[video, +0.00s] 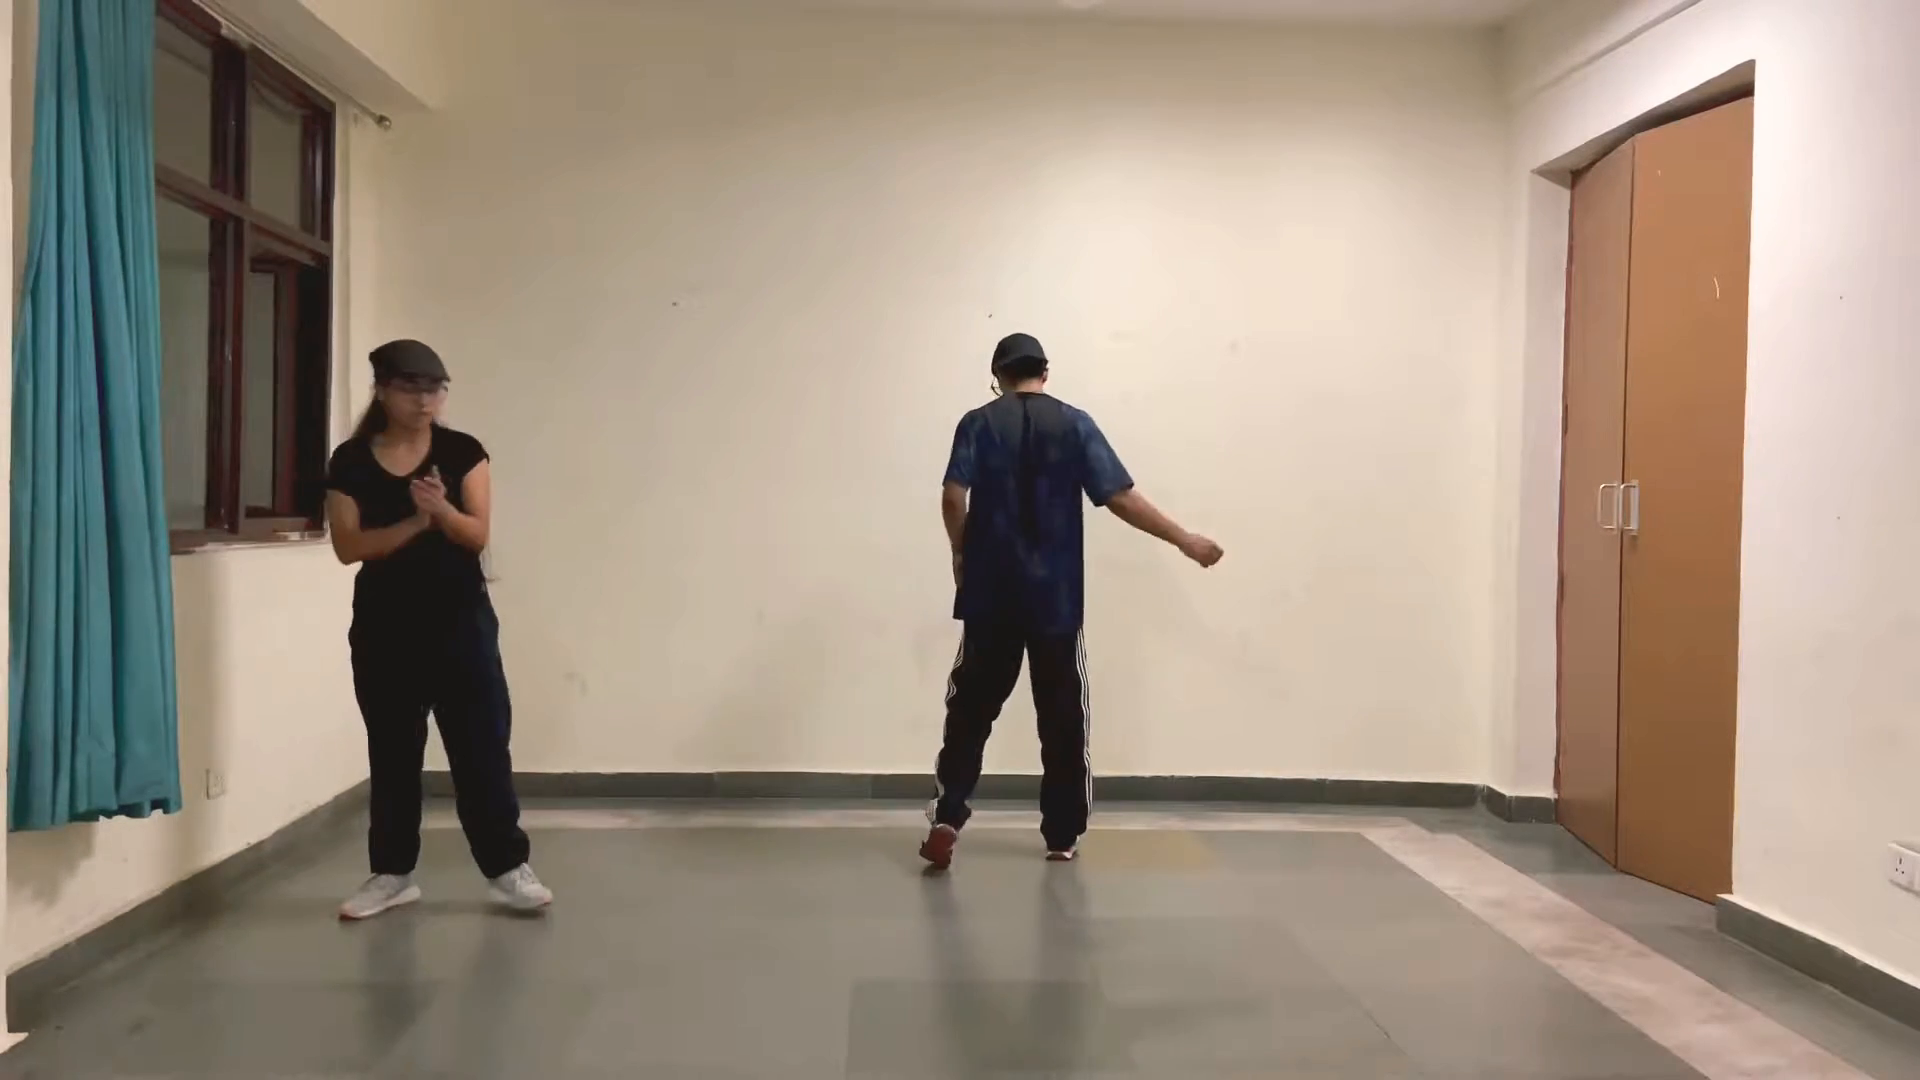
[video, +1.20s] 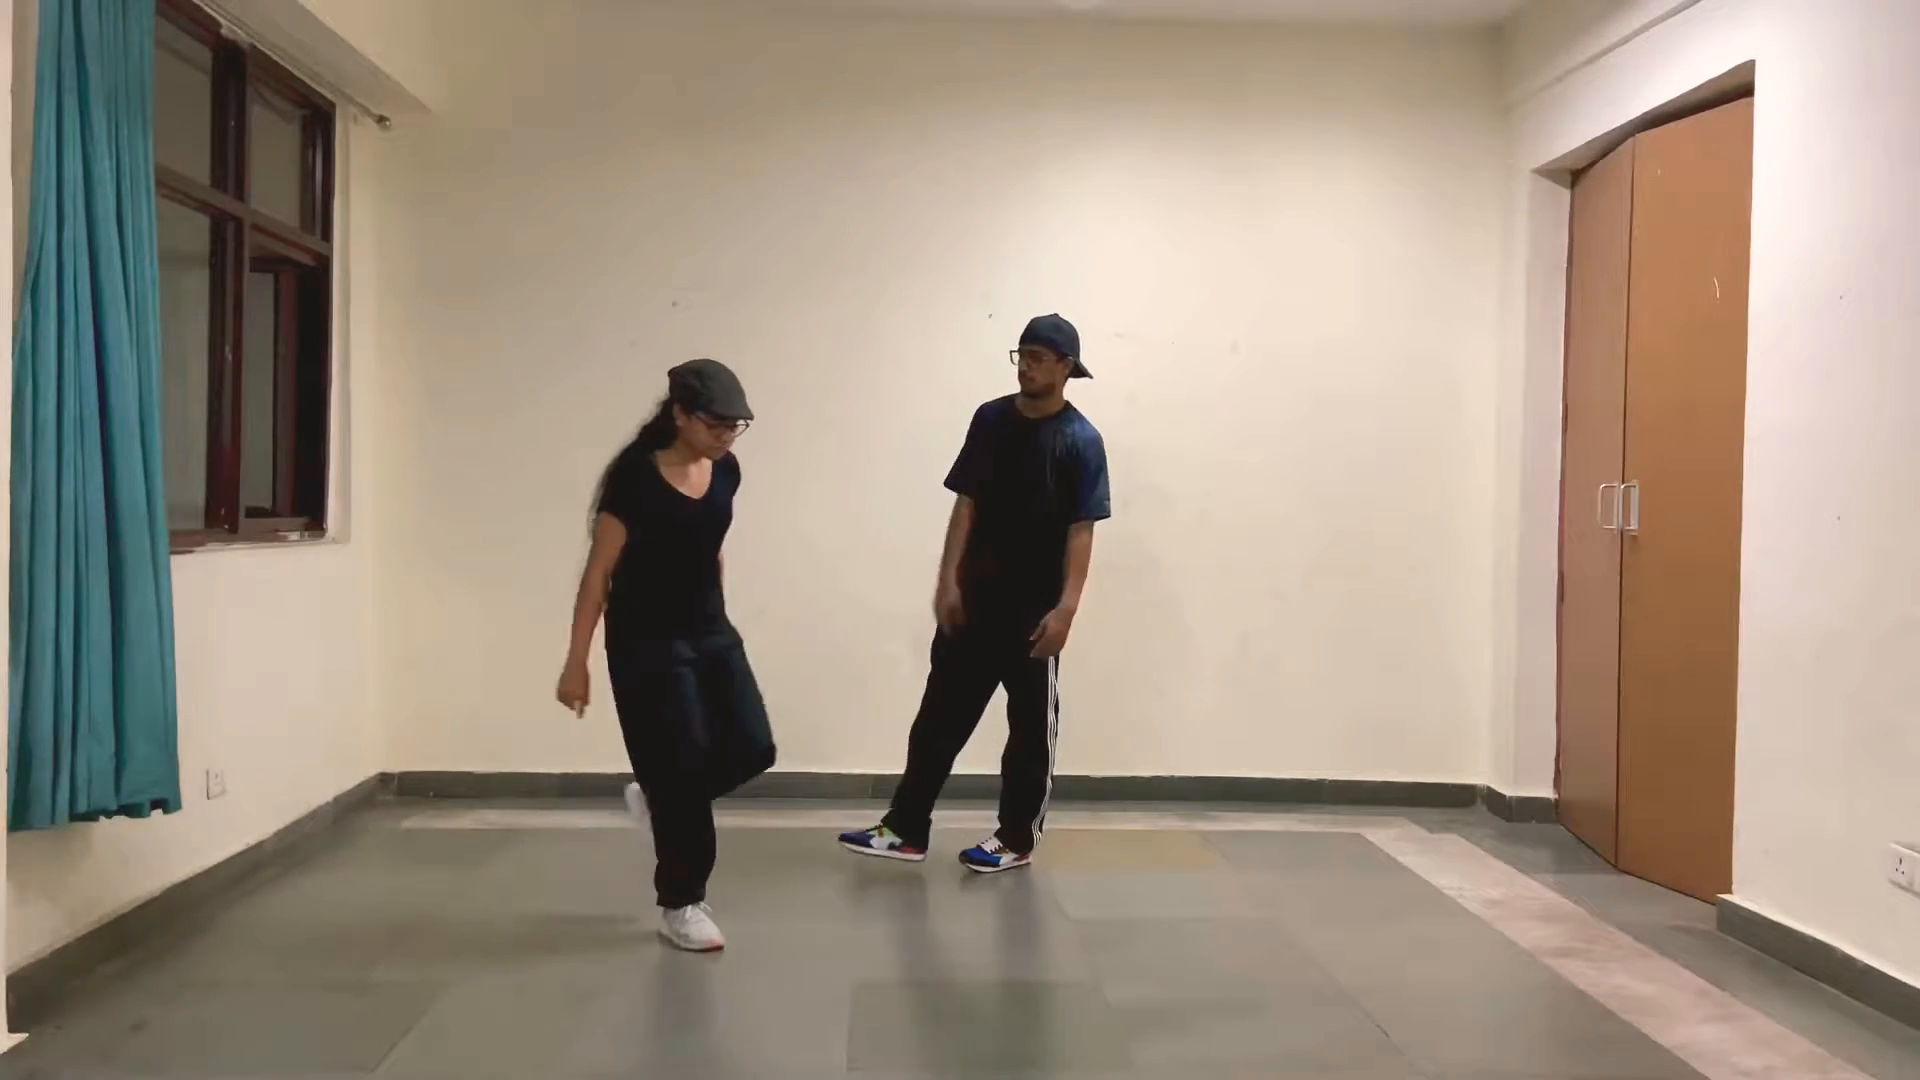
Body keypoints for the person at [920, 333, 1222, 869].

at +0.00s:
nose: (1027, 382)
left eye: (1008, 374)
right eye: (1040, 374)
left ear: (998, 377)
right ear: (1046, 375)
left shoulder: (977, 423)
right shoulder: (1075, 424)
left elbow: (953, 495)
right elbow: (1120, 497)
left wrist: (961, 558)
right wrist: (1185, 538)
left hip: (990, 597)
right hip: (1055, 598)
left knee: (971, 707)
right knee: (1062, 717)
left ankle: (947, 815)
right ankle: (1061, 836)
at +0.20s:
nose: (997, 382)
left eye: (998, 371)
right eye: (996, 372)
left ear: (1013, 368)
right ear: (1047, 367)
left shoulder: (1010, 421)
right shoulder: (1093, 424)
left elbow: (997, 498)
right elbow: (1117, 507)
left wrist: (968, 542)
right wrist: (1118, 577)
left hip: (1012, 592)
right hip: (1072, 597)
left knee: (979, 705)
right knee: (1066, 712)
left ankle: (983, 832)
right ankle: (1064, 834)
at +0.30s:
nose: (995, 379)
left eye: (999, 368)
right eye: (995, 369)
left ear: (1023, 366)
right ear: (1043, 366)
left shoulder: (1029, 419)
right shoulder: (1081, 421)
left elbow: (1027, 499)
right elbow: (1088, 513)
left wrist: (978, 539)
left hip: (1022, 593)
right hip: (1071, 595)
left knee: (981, 695)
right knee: (1064, 711)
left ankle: (991, 833)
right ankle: (1063, 834)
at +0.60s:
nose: (998, 369)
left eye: (1007, 360)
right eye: (999, 359)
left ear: (1039, 363)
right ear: (1031, 364)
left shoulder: (1057, 424)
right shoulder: (1034, 420)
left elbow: (1090, 507)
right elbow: (1002, 480)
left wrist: (1054, 567)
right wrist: (940, 495)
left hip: (1030, 596)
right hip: (1027, 595)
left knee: (1018, 713)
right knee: (1048, 709)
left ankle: (1009, 836)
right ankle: (1074, 828)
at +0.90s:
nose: (1010, 369)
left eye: (1020, 361)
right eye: (1009, 360)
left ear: (1053, 367)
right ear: (1014, 363)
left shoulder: (1078, 438)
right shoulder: (1006, 416)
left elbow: (1101, 517)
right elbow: (959, 458)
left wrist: (1087, 557)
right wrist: (888, 465)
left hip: (1032, 594)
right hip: (982, 587)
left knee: (1022, 707)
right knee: (982, 697)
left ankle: (1012, 838)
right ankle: (1034, 795)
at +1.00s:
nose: (1022, 368)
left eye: (1035, 360)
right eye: (1019, 358)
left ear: (1064, 368)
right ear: (1016, 362)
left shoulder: (1080, 440)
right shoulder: (997, 417)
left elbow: (1093, 519)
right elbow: (949, 468)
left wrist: (1087, 569)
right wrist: (883, 500)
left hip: (1032, 600)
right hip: (976, 590)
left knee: (1028, 719)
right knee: (974, 709)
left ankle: (1016, 838)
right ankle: (969, 812)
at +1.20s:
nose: (1028, 365)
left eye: (1041, 358)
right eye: (1025, 355)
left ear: (1067, 369)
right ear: (1017, 360)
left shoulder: (1081, 441)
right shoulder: (990, 420)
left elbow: (1082, 531)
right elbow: (966, 504)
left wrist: (1067, 608)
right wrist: (947, 580)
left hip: (1034, 609)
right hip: (975, 600)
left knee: (1029, 731)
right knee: (939, 719)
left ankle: (1015, 839)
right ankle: (905, 830)